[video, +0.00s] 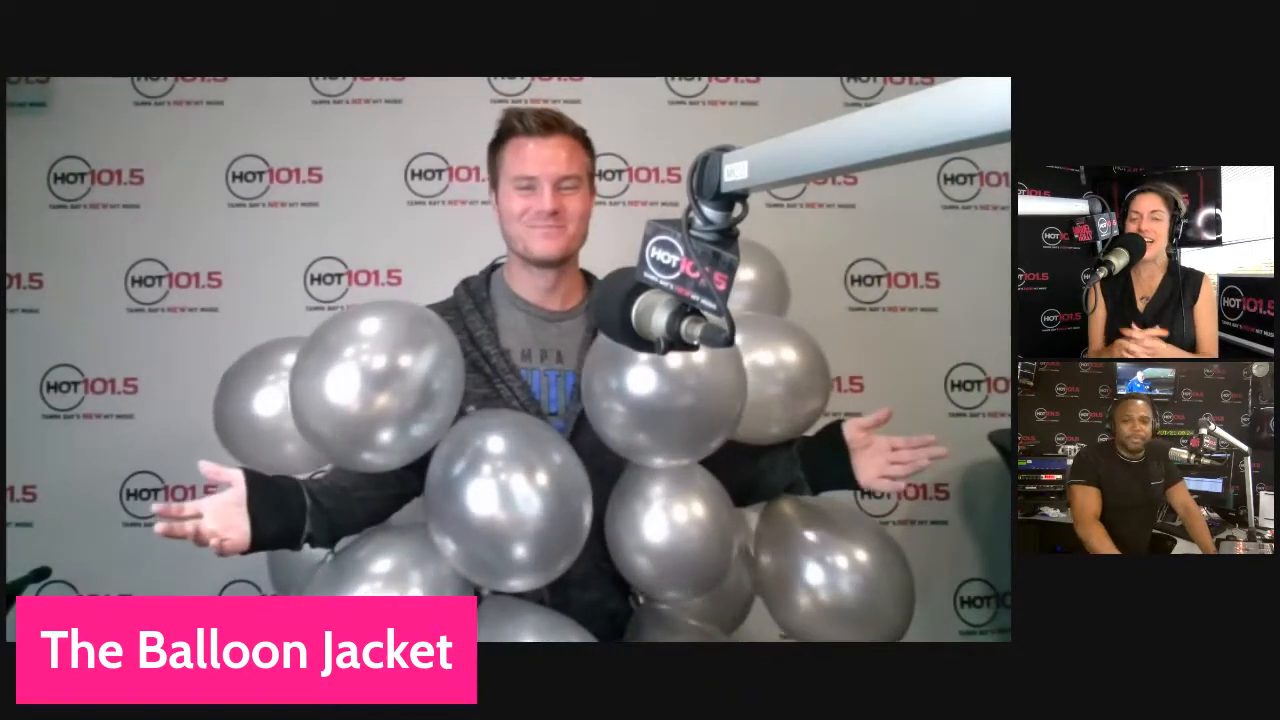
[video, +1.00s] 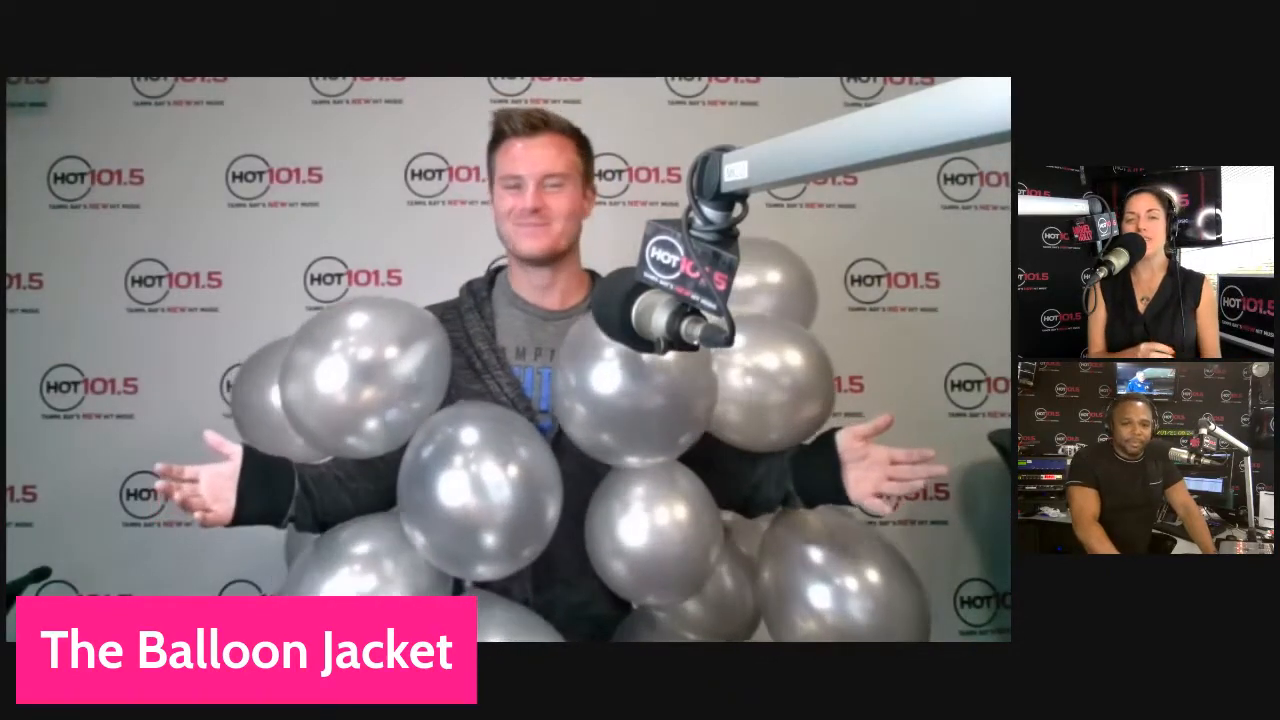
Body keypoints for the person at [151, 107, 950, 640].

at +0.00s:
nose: (549, 205)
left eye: (568, 187)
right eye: (526, 188)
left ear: (592, 202)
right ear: (494, 205)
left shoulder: (647, 324)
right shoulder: (437, 334)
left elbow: (708, 461)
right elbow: (393, 474)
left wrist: (832, 456)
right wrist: (275, 507)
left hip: (636, 610)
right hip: (492, 606)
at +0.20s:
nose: (547, 205)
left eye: (567, 187)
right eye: (526, 188)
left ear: (592, 201)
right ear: (493, 204)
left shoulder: (648, 325)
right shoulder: (434, 335)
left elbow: (713, 463)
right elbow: (388, 473)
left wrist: (834, 460)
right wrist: (272, 504)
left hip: (637, 612)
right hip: (492, 608)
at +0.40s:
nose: (546, 206)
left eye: (566, 187)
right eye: (525, 188)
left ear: (592, 201)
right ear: (493, 203)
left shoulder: (649, 325)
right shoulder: (435, 334)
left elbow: (716, 465)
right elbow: (389, 473)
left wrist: (829, 461)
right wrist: (273, 502)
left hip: (639, 614)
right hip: (495, 611)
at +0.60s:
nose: (545, 206)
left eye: (565, 187)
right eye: (524, 188)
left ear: (592, 202)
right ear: (493, 204)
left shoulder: (649, 326)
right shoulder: (435, 335)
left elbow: (717, 465)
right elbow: (388, 474)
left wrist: (827, 461)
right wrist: (276, 499)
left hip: (637, 616)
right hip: (491, 612)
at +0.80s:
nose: (539, 204)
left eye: (560, 186)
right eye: (518, 187)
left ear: (591, 201)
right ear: (491, 203)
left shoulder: (648, 324)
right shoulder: (438, 334)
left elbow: (714, 468)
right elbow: (393, 474)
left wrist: (825, 466)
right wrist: (271, 496)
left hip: (636, 622)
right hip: (494, 619)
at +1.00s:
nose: (530, 202)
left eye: (551, 184)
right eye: (511, 186)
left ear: (588, 199)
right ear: (490, 203)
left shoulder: (647, 322)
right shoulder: (442, 332)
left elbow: (711, 468)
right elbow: (394, 467)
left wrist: (821, 466)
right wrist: (269, 489)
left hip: (638, 617)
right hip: (496, 614)